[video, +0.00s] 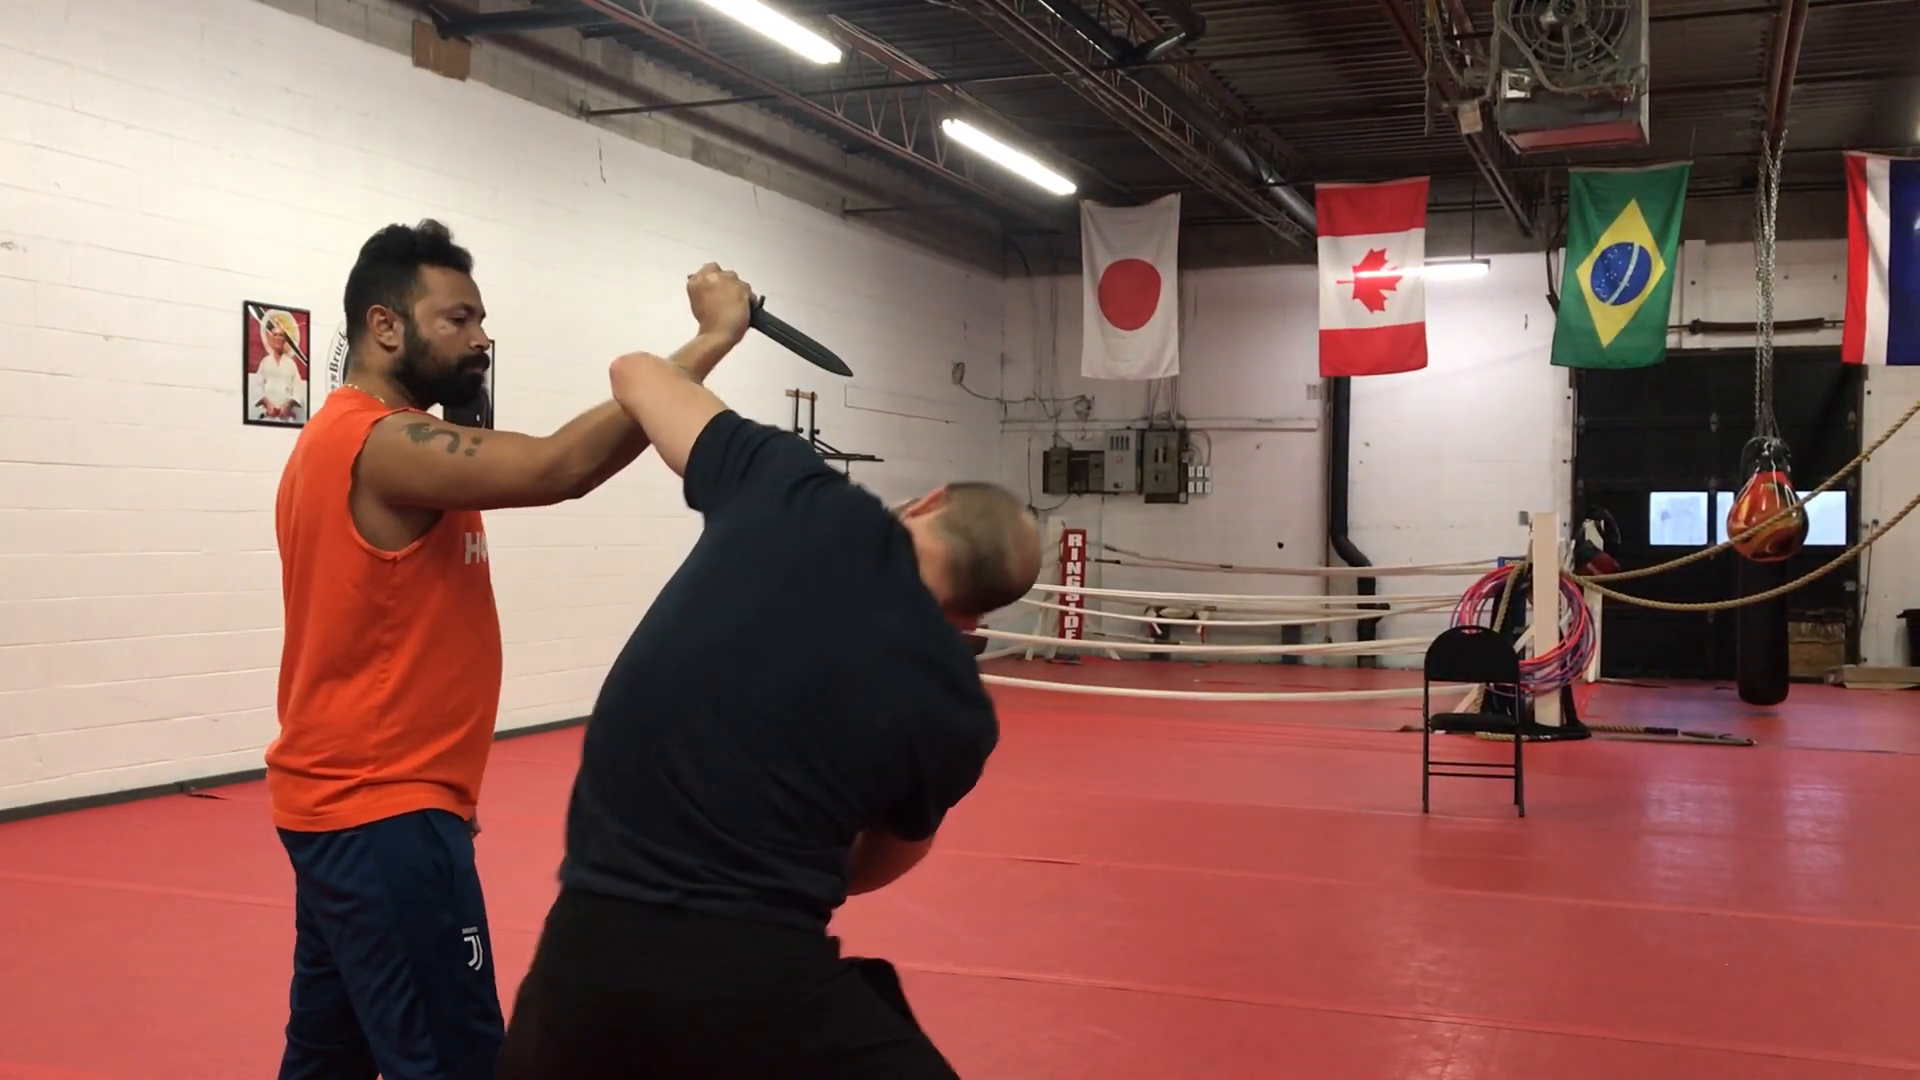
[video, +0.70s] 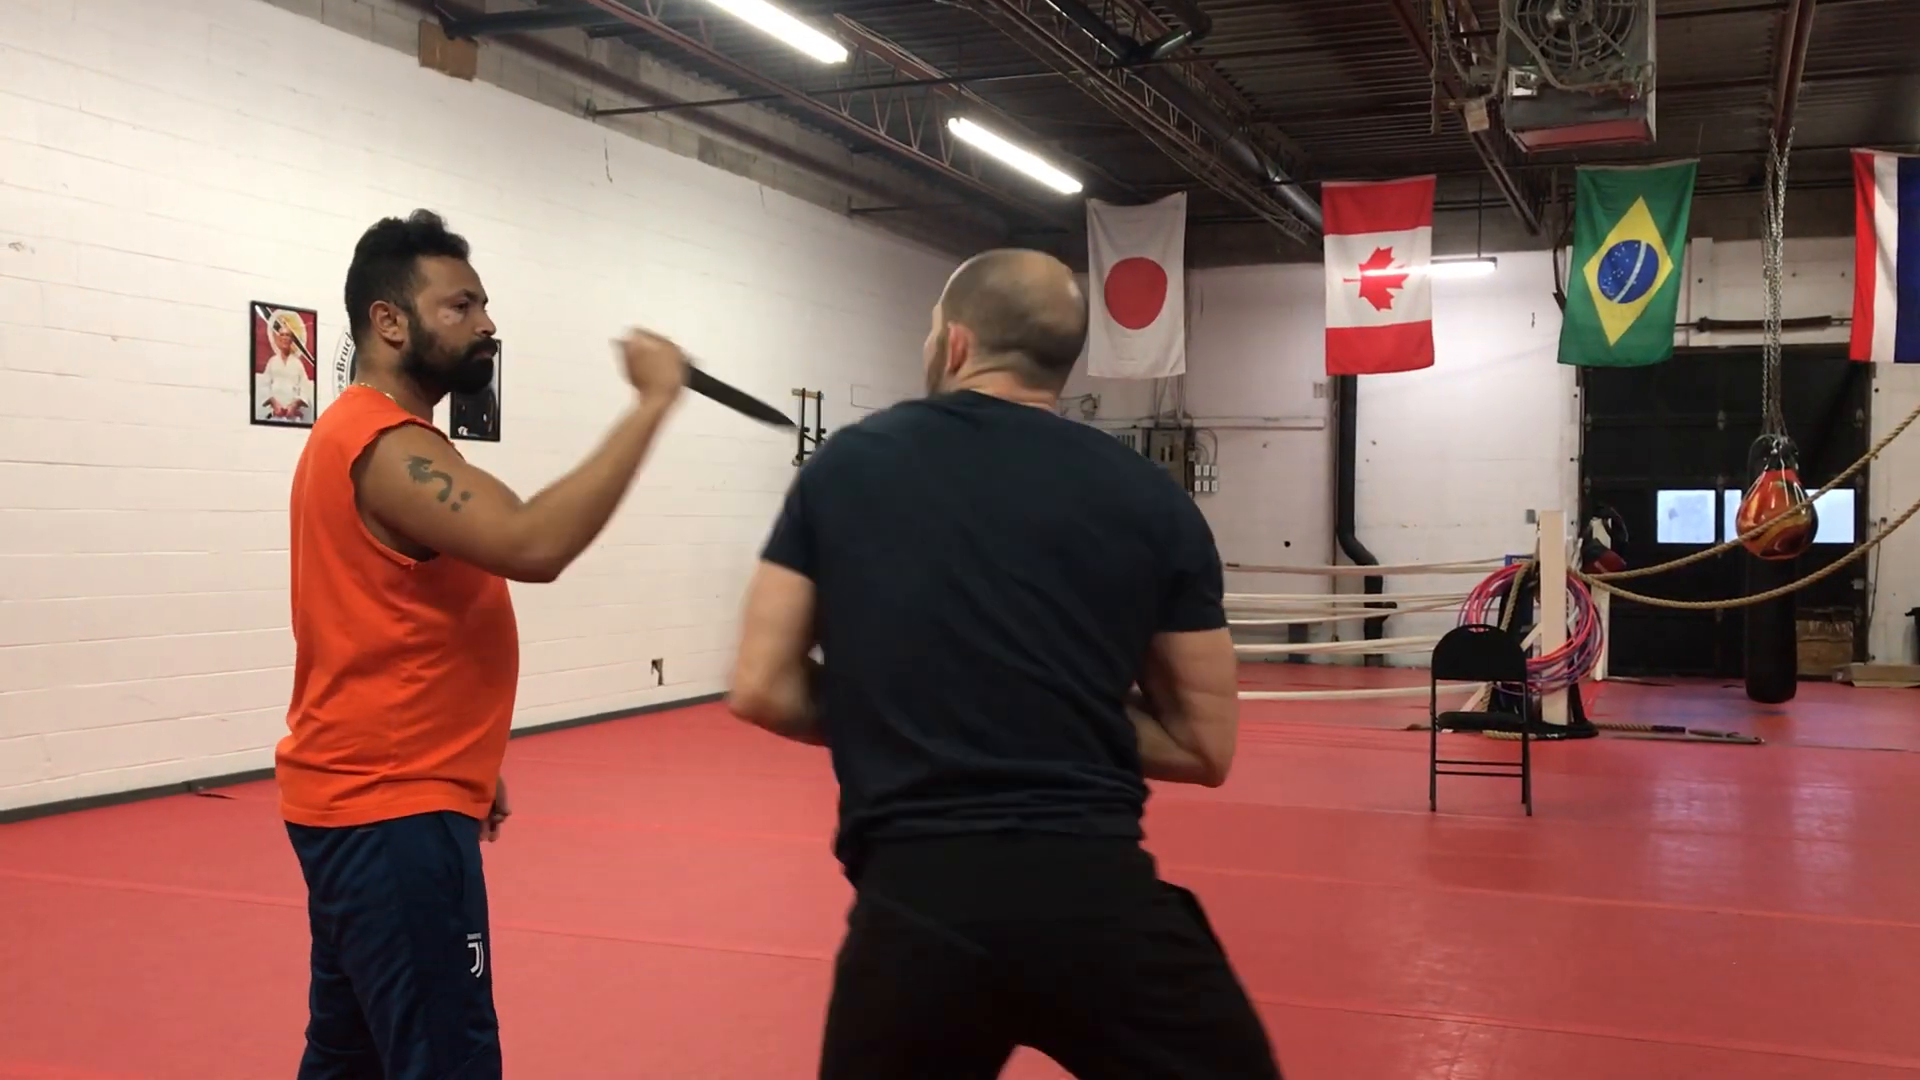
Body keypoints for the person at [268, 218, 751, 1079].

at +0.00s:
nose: (482, 337)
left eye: (479, 317)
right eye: (460, 316)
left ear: (388, 332)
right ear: (384, 326)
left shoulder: (331, 437)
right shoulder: (385, 439)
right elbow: (563, 465)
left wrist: (454, 425)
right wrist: (711, 340)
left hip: (339, 809)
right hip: (389, 816)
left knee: (328, 1060)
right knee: (455, 1059)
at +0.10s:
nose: (482, 338)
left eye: (478, 318)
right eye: (461, 318)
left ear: (383, 332)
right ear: (384, 327)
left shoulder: (326, 440)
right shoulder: (389, 441)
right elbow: (570, 470)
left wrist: (454, 421)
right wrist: (721, 351)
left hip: (332, 809)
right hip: (388, 817)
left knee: (326, 1062)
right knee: (459, 1062)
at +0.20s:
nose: (485, 337)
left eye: (481, 315)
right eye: (464, 316)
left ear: (387, 332)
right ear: (388, 328)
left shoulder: (325, 439)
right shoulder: (397, 442)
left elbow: (553, 479)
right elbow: (570, 483)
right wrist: (734, 381)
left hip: (329, 810)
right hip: (388, 818)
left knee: (330, 1060)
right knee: (459, 1060)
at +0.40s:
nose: (492, 331)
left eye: (487, 310)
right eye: (470, 310)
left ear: (391, 328)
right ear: (392, 324)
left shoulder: (332, 437)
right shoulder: (396, 449)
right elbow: (568, 519)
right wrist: (746, 451)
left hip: (330, 806)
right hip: (392, 815)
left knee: (332, 1058)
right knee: (452, 1059)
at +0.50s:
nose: (496, 328)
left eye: (489, 307)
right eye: (472, 308)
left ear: (395, 329)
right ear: (395, 324)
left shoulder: (336, 439)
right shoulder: (396, 450)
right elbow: (565, 531)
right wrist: (742, 438)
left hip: (335, 805)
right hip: (393, 814)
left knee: (337, 1057)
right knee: (452, 1058)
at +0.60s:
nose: (493, 326)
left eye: (489, 305)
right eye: (468, 306)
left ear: (397, 328)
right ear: (394, 323)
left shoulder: (346, 434)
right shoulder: (391, 446)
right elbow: (552, 542)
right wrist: (705, 426)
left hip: (345, 805)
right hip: (394, 812)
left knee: (342, 1057)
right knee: (451, 1059)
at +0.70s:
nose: (486, 326)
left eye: (483, 305)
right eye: (462, 306)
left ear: (391, 328)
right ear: (388, 322)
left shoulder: (353, 435)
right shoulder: (385, 442)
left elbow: (386, 633)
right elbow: (534, 542)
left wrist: (466, 763)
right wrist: (653, 402)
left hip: (361, 803)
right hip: (395, 809)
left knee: (350, 1055)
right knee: (451, 1059)